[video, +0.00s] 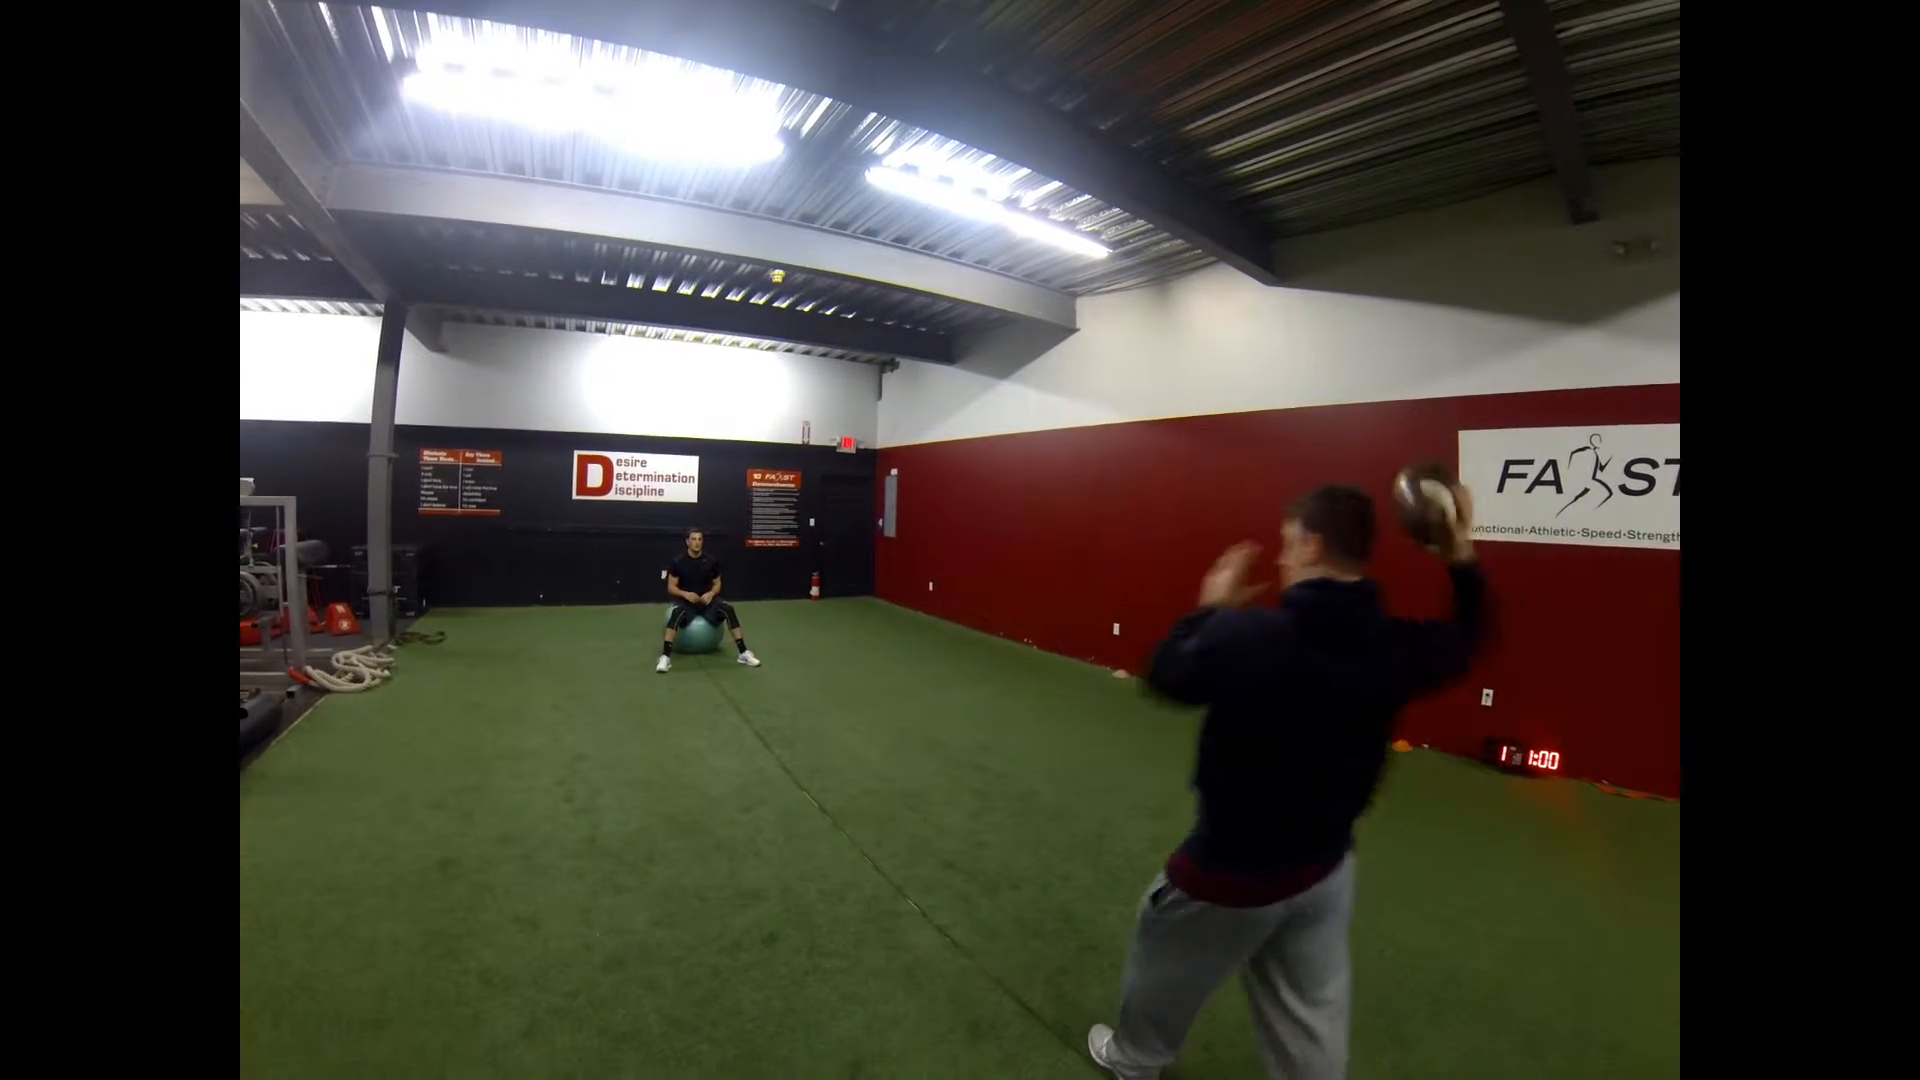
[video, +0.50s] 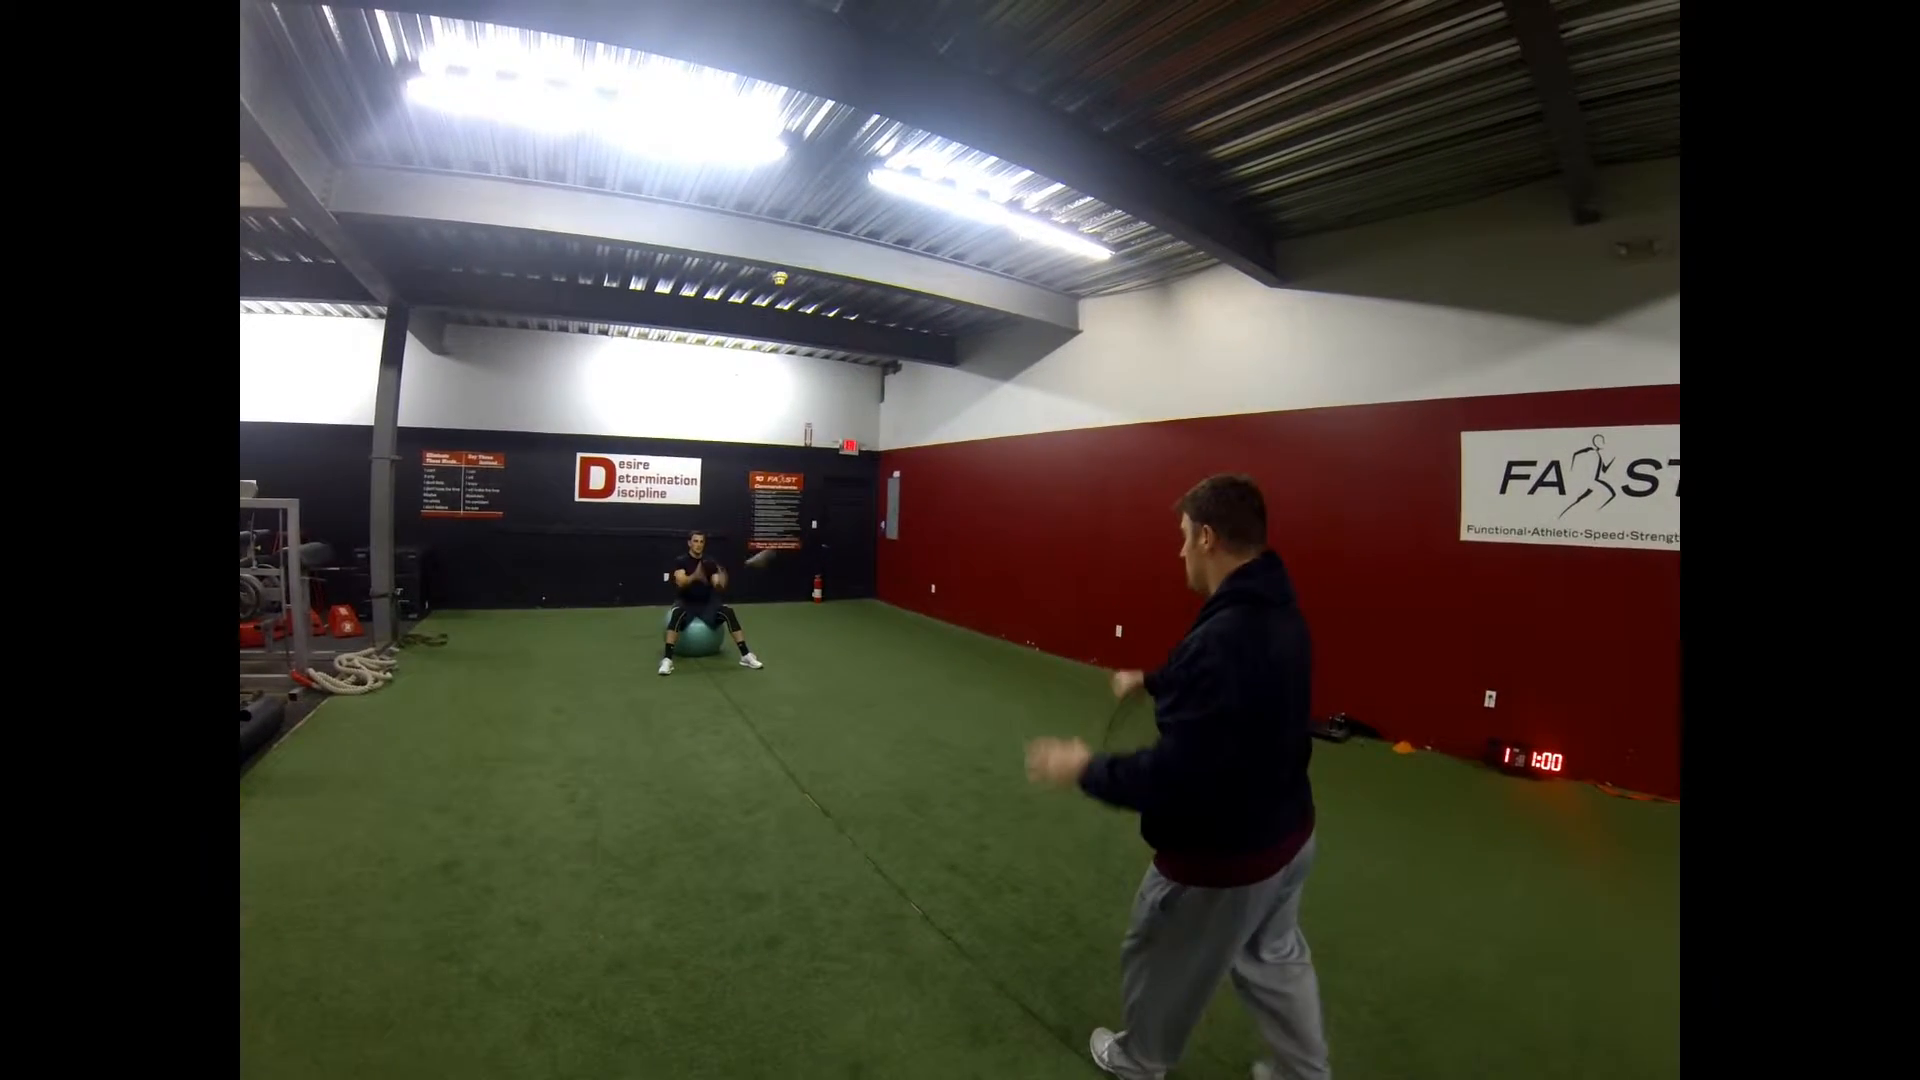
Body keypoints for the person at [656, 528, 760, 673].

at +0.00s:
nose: (697, 542)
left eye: (699, 539)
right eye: (693, 539)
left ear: (703, 542)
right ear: (687, 542)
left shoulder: (711, 561)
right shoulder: (678, 563)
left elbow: (717, 584)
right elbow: (671, 587)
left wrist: (710, 594)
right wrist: (686, 594)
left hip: (707, 601)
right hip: (687, 601)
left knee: (728, 609)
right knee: (677, 612)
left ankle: (743, 652)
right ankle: (665, 656)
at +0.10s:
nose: (699, 542)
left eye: (701, 539)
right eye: (695, 538)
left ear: (704, 541)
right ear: (689, 541)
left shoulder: (712, 560)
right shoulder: (680, 562)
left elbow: (718, 583)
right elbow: (672, 587)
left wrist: (712, 593)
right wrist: (687, 594)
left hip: (708, 601)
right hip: (688, 602)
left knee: (728, 609)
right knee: (677, 612)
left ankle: (744, 652)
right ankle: (666, 656)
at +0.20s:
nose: (699, 542)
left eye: (702, 539)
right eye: (696, 539)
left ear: (705, 542)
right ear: (690, 541)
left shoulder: (713, 561)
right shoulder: (681, 563)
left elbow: (719, 584)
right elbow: (673, 587)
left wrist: (714, 591)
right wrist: (688, 592)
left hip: (708, 602)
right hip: (688, 602)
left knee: (729, 610)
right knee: (677, 612)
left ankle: (745, 653)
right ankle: (667, 656)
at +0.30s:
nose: (700, 543)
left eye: (703, 540)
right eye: (697, 539)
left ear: (706, 542)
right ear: (691, 542)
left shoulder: (714, 561)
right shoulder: (682, 562)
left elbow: (723, 587)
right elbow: (674, 587)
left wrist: (718, 582)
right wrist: (692, 582)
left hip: (709, 603)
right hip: (688, 604)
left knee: (730, 611)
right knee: (677, 612)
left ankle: (746, 653)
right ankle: (668, 657)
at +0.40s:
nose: (700, 543)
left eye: (703, 540)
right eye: (697, 539)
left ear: (706, 542)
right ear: (691, 541)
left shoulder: (711, 560)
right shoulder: (682, 560)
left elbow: (722, 586)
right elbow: (676, 583)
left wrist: (718, 573)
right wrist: (693, 571)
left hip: (708, 602)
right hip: (688, 603)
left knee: (729, 612)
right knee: (678, 612)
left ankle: (747, 653)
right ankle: (668, 657)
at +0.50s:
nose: (698, 545)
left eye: (701, 542)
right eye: (695, 541)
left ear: (704, 544)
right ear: (689, 543)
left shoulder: (709, 562)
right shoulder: (681, 561)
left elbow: (720, 584)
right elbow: (681, 582)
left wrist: (720, 578)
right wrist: (695, 575)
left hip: (707, 604)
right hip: (687, 604)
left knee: (728, 612)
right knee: (677, 614)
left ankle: (746, 655)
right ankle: (667, 659)